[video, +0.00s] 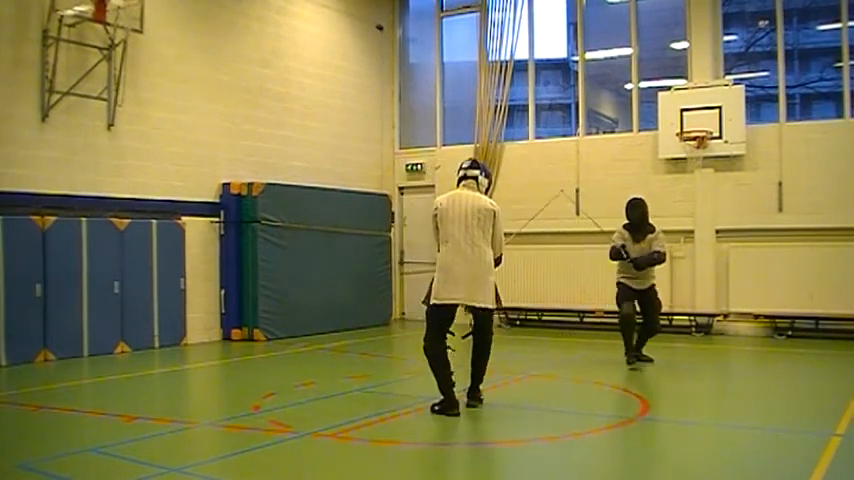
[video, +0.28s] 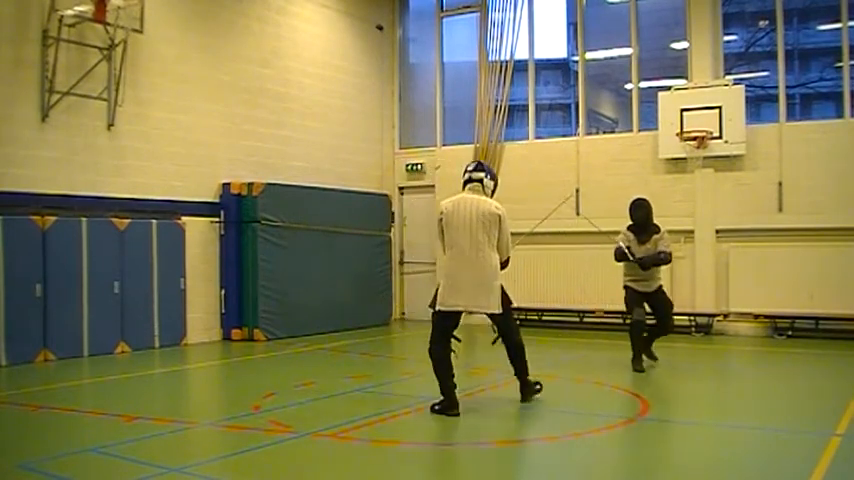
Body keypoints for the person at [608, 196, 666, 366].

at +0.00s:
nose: (634, 216)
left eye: (638, 212)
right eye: (631, 212)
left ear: (645, 213)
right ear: (627, 214)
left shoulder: (655, 233)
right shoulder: (622, 233)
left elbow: (660, 256)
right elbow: (613, 254)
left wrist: (645, 261)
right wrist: (622, 253)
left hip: (647, 284)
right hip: (626, 283)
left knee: (652, 324)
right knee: (627, 313)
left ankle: (637, 350)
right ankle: (629, 352)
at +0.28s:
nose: (639, 224)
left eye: (642, 218)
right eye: (636, 220)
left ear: (649, 216)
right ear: (631, 219)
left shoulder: (659, 234)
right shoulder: (627, 234)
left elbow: (666, 257)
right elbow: (618, 256)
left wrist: (650, 261)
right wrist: (631, 255)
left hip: (654, 286)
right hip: (633, 287)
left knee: (666, 324)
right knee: (638, 319)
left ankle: (647, 343)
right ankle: (637, 357)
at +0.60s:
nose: (645, 223)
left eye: (648, 219)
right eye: (642, 219)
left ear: (657, 218)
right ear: (639, 220)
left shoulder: (670, 239)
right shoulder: (634, 240)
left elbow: (679, 261)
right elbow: (626, 265)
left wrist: (664, 265)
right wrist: (639, 257)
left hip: (662, 290)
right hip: (640, 289)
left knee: (671, 323)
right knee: (638, 317)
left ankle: (667, 353)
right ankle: (633, 354)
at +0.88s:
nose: (643, 251)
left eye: (647, 247)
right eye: (640, 247)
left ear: (654, 241)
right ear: (635, 242)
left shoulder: (662, 255)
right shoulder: (630, 251)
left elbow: (650, 273)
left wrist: (622, 273)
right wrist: (607, 262)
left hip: (656, 302)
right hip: (635, 301)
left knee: (670, 333)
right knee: (634, 326)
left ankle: (666, 351)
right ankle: (629, 365)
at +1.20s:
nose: (651, 240)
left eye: (655, 236)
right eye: (648, 236)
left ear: (662, 236)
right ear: (643, 236)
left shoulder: (673, 258)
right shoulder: (634, 257)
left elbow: (681, 283)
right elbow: (626, 280)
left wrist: (671, 301)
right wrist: (628, 293)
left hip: (664, 302)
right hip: (641, 301)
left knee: (680, 329)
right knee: (637, 328)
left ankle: (680, 353)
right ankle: (629, 365)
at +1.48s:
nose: (665, 227)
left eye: (668, 222)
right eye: (662, 223)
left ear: (676, 222)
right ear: (658, 224)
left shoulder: (690, 243)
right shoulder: (654, 245)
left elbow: (700, 267)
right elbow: (647, 271)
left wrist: (687, 285)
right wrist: (659, 279)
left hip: (685, 296)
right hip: (663, 295)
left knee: (695, 330)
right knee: (656, 326)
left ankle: (682, 354)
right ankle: (644, 361)